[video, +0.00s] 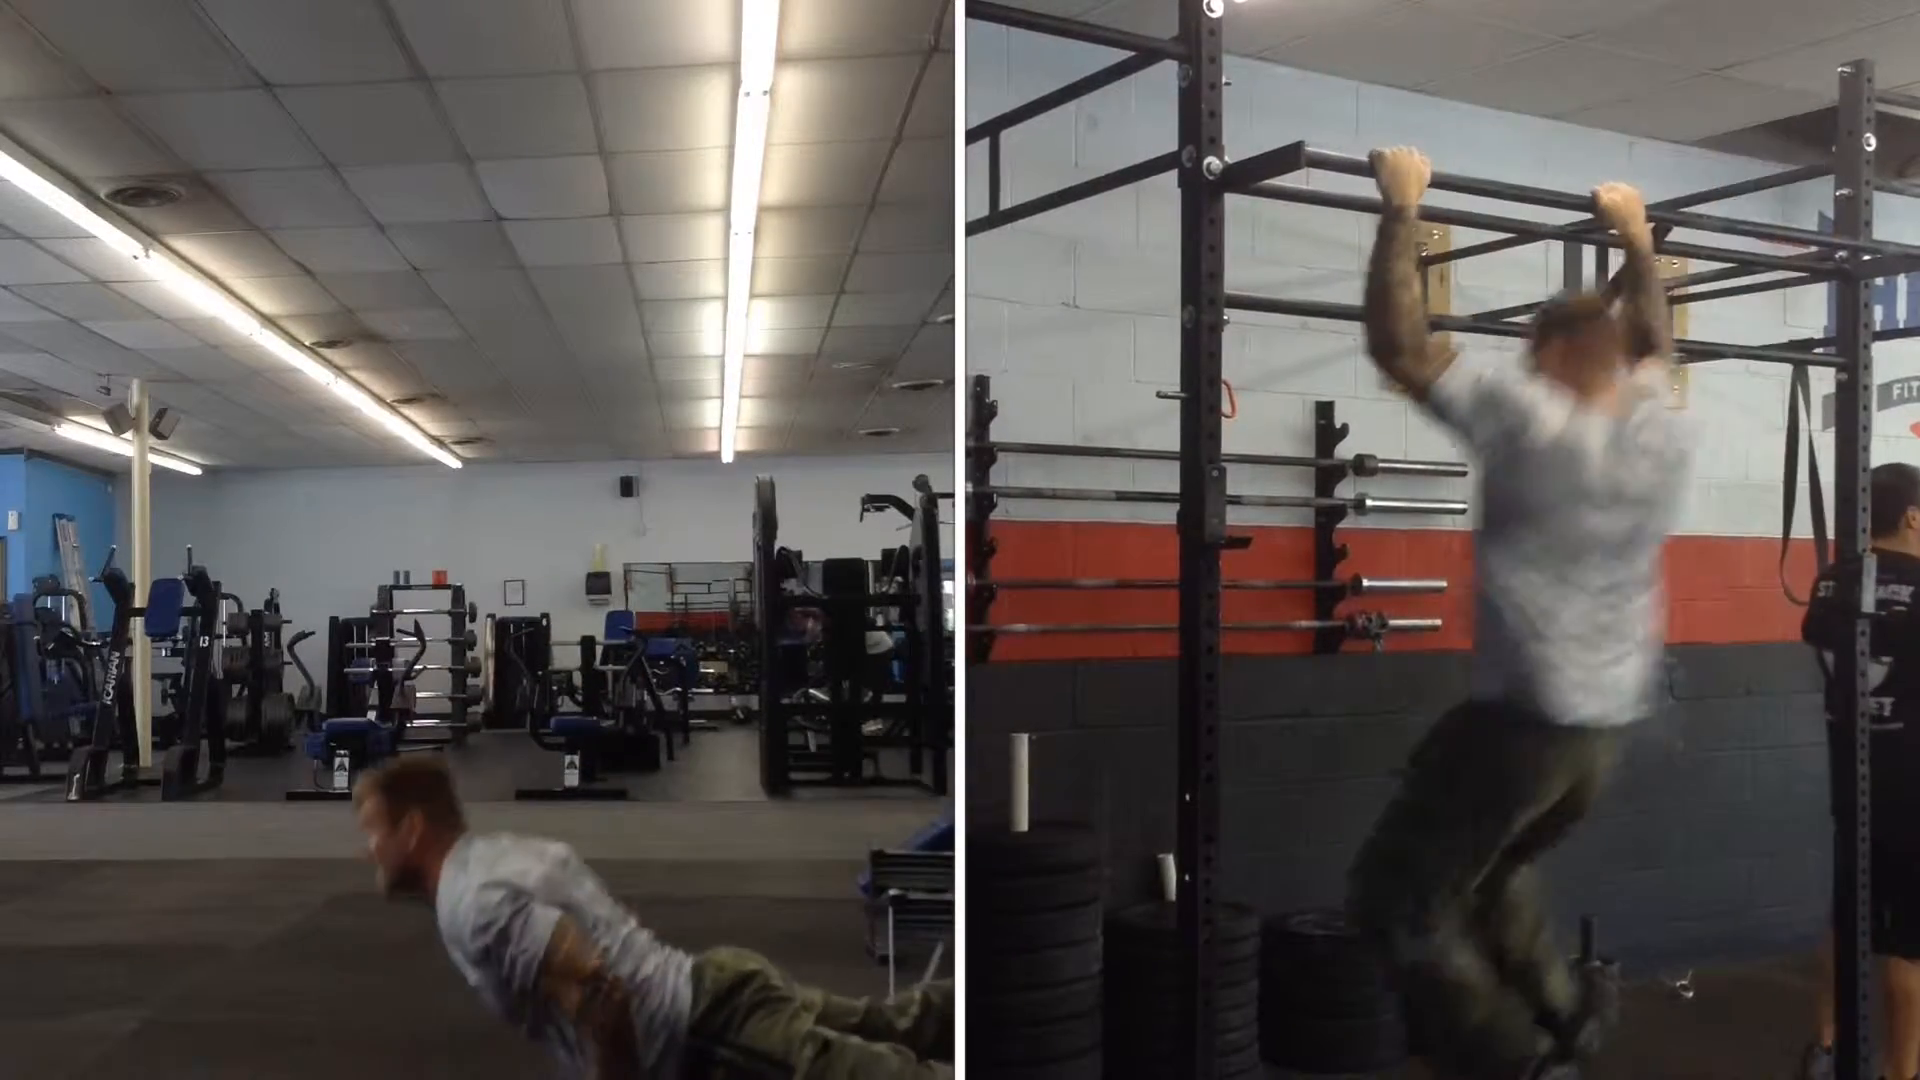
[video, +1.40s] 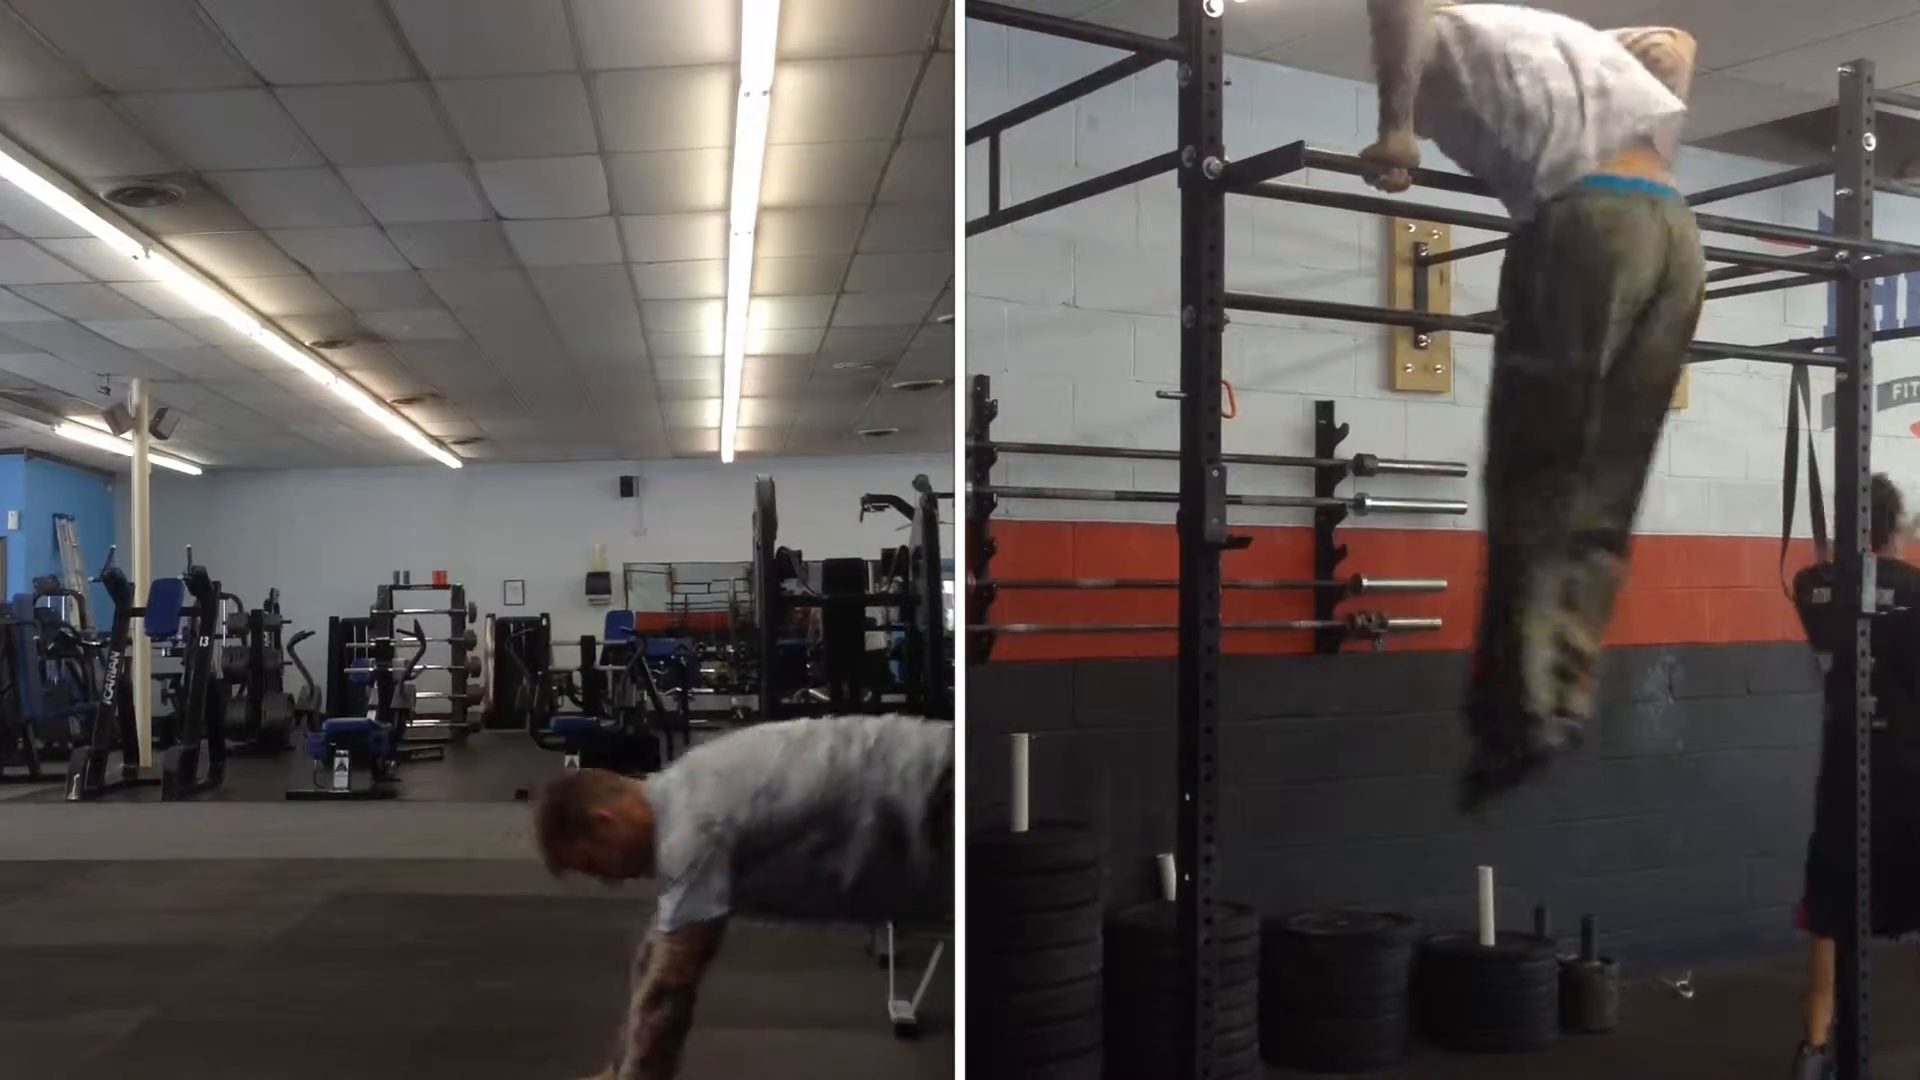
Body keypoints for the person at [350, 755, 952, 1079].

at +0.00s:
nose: (364, 848)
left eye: (370, 829)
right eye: (363, 831)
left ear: (412, 827)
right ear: (426, 822)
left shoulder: (474, 898)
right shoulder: (507, 854)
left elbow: (600, 994)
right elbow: (604, 953)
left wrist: (609, 1072)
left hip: (712, 1030)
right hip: (719, 987)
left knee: (912, 1075)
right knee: (910, 1020)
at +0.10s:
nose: (378, 797)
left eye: (385, 777)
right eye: (378, 779)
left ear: (430, 782)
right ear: (441, 779)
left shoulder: (485, 867)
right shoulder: (517, 820)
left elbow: (595, 991)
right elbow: (609, 934)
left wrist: (607, 1072)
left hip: (717, 1022)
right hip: (718, 970)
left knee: (919, 1071)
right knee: (904, 1015)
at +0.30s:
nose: (415, 727)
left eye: (426, 710)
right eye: (418, 710)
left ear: (472, 719)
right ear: (480, 719)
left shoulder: (517, 836)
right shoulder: (545, 779)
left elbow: (592, 993)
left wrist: (613, 1075)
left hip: (714, 1000)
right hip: (720, 951)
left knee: (915, 1072)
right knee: (908, 1006)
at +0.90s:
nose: (444, 765)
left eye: (443, 745)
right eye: (438, 748)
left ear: (487, 730)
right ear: (496, 727)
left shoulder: (568, 815)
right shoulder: (586, 765)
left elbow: (600, 992)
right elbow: (598, 976)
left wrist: (609, 1074)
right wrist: (608, 1062)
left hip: (781, 944)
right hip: (791, 909)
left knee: (951, 1038)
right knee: (956, 1001)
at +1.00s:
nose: (456, 798)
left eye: (450, 777)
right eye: (446, 782)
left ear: (488, 751)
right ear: (498, 745)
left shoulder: (585, 807)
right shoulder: (587, 775)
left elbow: (609, 989)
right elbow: (609, 981)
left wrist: (614, 1069)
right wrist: (611, 1063)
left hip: (824, 905)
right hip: (822, 897)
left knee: (978, 1018)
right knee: (956, 1019)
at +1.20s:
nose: (523, 842)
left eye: (512, 825)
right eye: (508, 833)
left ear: (536, 786)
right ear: (544, 776)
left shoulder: (633, 812)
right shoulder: (628, 778)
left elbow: (634, 988)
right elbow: (632, 980)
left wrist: (622, 1069)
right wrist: (622, 1065)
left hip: (892, 835)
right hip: (888, 826)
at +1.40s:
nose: (603, 876)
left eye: (591, 863)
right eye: (589, 871)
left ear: (607, 819)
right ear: (612, 806)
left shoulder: (696, 814)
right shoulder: (684, 797)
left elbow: (671, 987)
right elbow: (658, 957)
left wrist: (636, 1069)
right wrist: (627, 1062)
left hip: (957, 793)